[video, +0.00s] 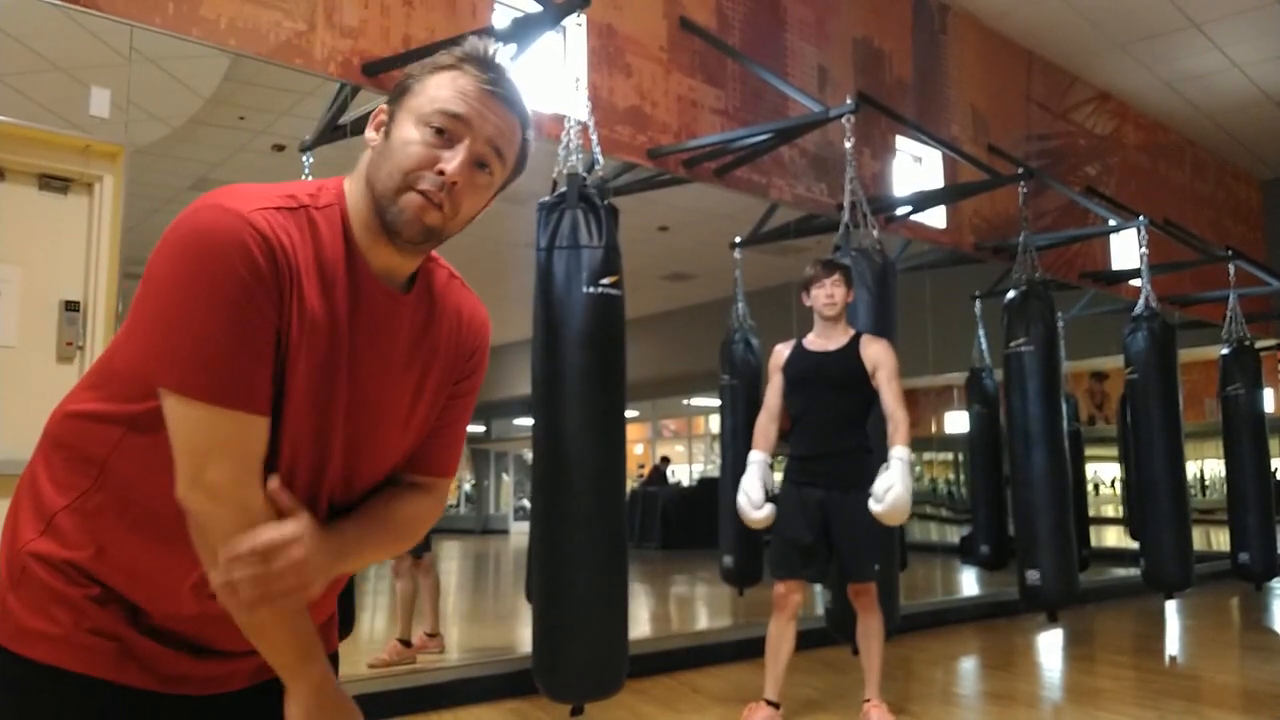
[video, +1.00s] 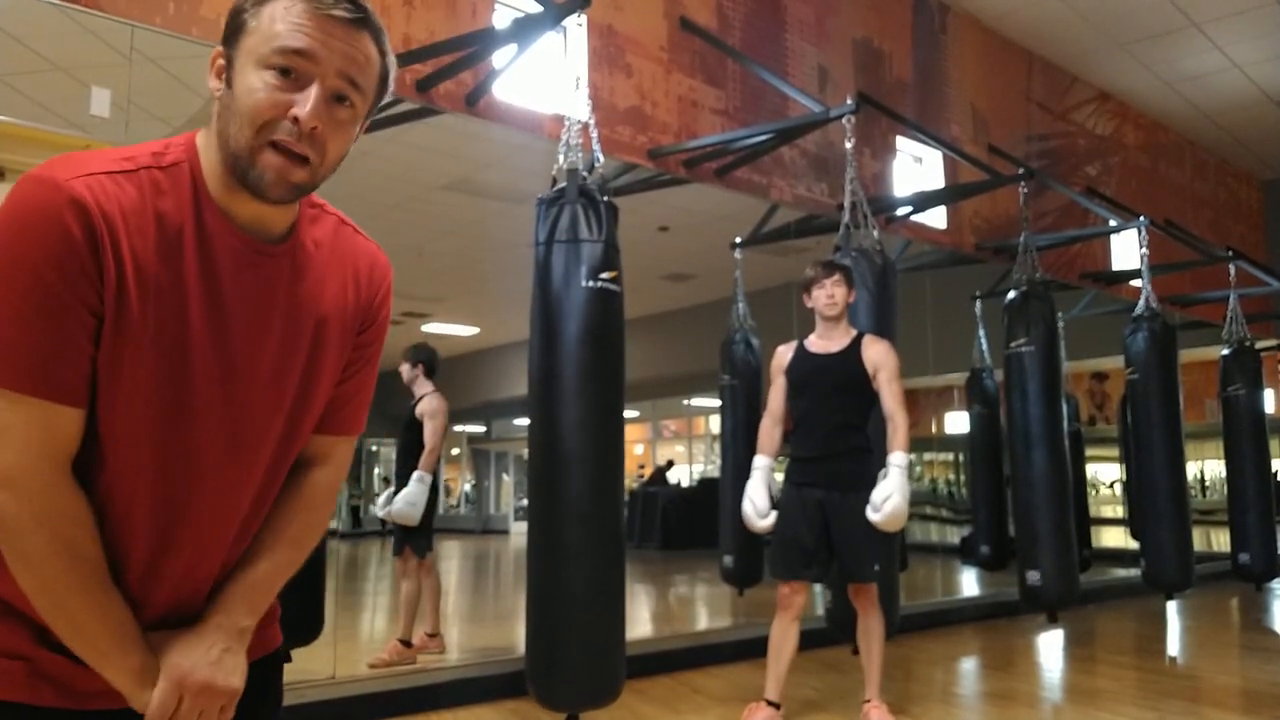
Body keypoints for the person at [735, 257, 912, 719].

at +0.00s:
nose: (830, 292)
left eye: (837, 286)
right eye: (822, 287)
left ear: (850, 295)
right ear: (807, 297)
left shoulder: (874, 350)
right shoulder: (785, 354)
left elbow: (896, 415)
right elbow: (769, 416)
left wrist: (899, 465)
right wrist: (756, 470)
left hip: (858, 490)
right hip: (799, 489)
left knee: (865, 595)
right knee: (784, 596)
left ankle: (872, 699)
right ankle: (770, 702)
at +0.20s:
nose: (829, 292)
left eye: (837, 286)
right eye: (821, 286)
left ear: (850, 295)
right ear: (808, 297)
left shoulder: (875, 350)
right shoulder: (786, 353)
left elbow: (896, 417)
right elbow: (770, 417)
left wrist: (901, 474)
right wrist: (756, 473)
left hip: (857, 491)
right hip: (799, 490)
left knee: (864, 595)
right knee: (787, 596)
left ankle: (872, 700)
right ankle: (770, 702)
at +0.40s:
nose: (830, 293)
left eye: (837, 287)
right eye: (822, 288)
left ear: (850, 296)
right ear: (809, 298)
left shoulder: (875, 351)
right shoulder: (786, 355)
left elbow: (896, 418)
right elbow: (772, 421)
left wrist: (902, 477)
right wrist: (759, 479)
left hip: (857, 492)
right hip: (800, 492)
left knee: (864, 596)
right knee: (788, 597)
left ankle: (873, 701)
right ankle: (770, 703)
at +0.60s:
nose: (830, 292)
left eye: (837, 285)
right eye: (822, 286)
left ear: (851, 295)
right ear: (809, 298)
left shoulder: (876, 350)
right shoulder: (787, 354)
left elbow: (897, 417)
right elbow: (772, 419)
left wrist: (901, 473)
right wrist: (759, 477)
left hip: (858, 491)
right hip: (800, 491)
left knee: (864, 595)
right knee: (788, 596)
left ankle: (873, 700)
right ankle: (770, 702)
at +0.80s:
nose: (829, 292)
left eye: (836, 285)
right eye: (821, 287)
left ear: (850, 296)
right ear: (808, 298)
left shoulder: (875, 351)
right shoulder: (787, 355)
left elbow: (895, 417)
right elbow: (772, 420)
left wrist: (897, 471)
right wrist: (759, 475)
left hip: (857, 491)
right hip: (800, 491)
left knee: (865, 596)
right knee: (788, 598)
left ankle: (872, 701)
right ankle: (770, 703)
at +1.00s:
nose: (830, 293)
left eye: (837, 286)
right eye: (822, 287)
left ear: (851, 295)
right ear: (808, 298)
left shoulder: (875, 350)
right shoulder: (787, 355)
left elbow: (896, 417)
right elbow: (773, 420)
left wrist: (897, 471)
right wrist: (760, 475)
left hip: (859, 491)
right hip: (801, 491)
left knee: (865, 596)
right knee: (788, 597)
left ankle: (872, 700)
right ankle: (770, 702)